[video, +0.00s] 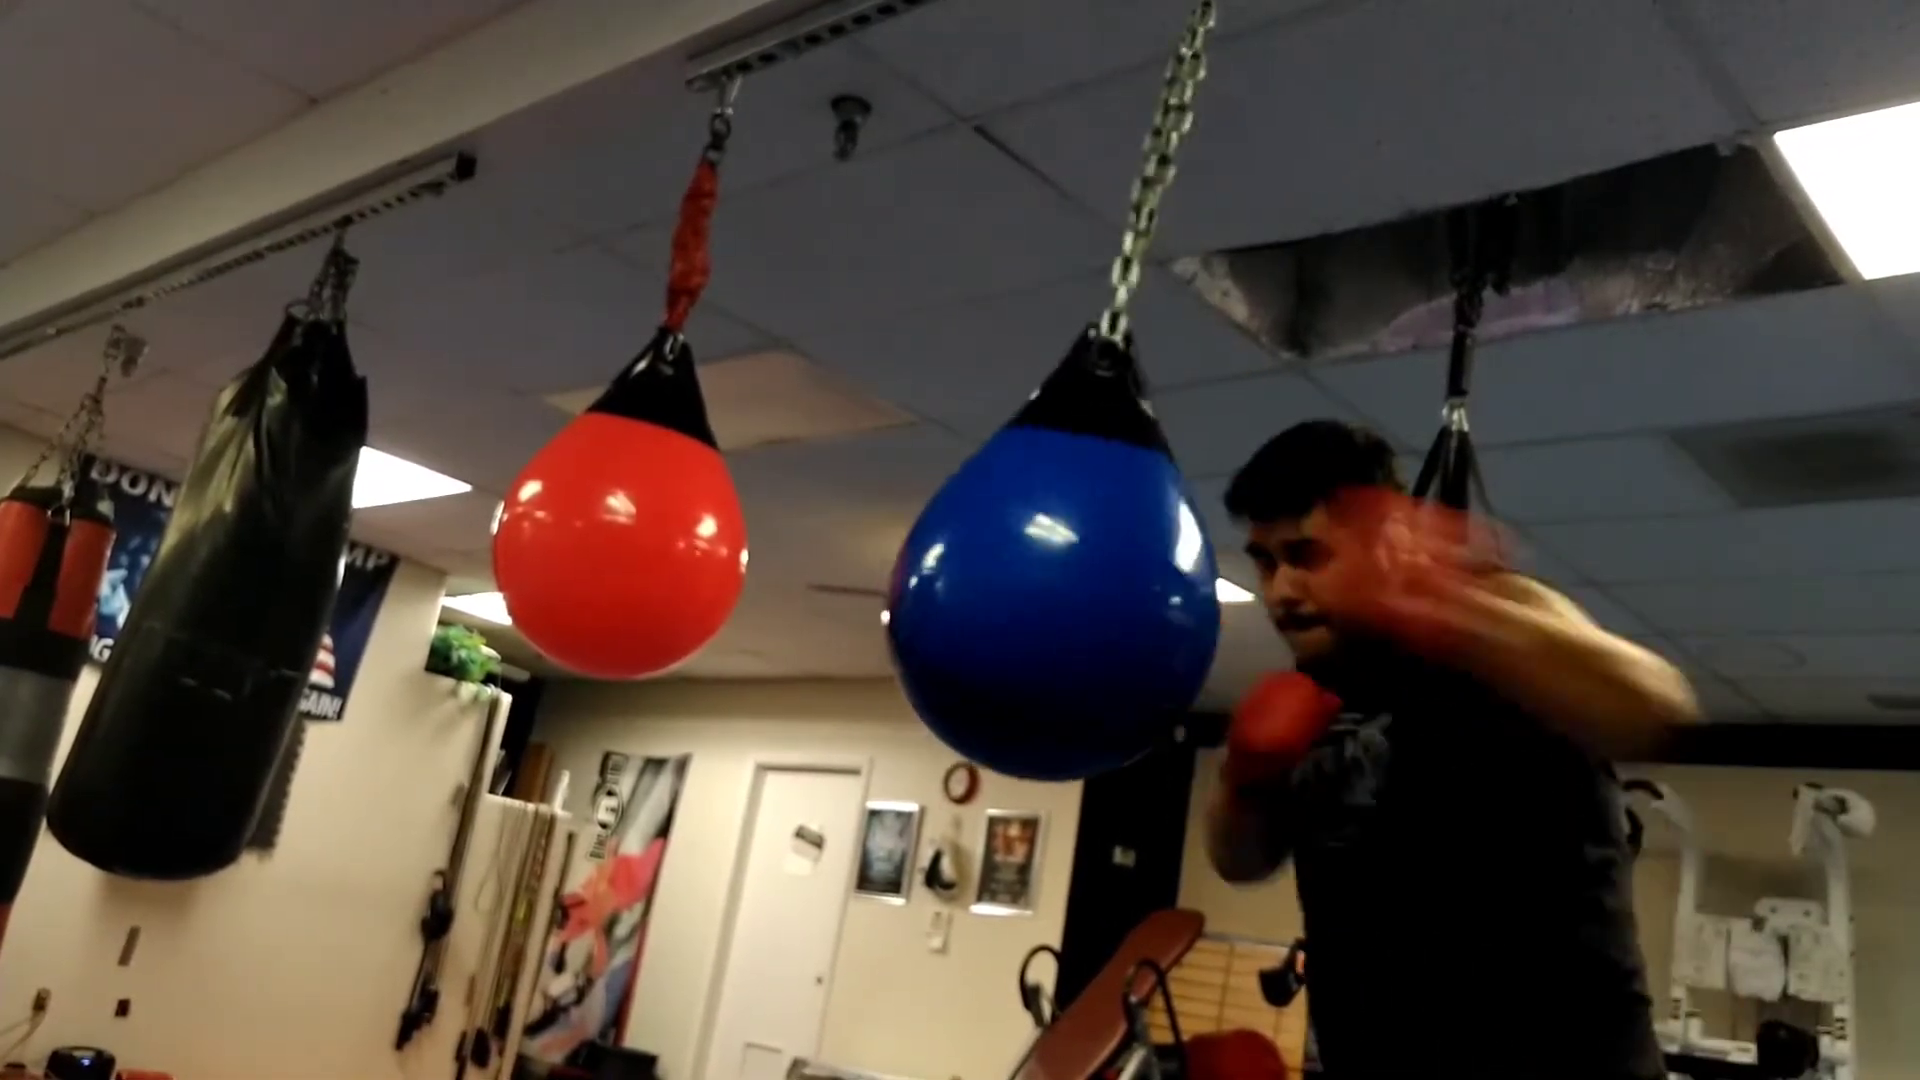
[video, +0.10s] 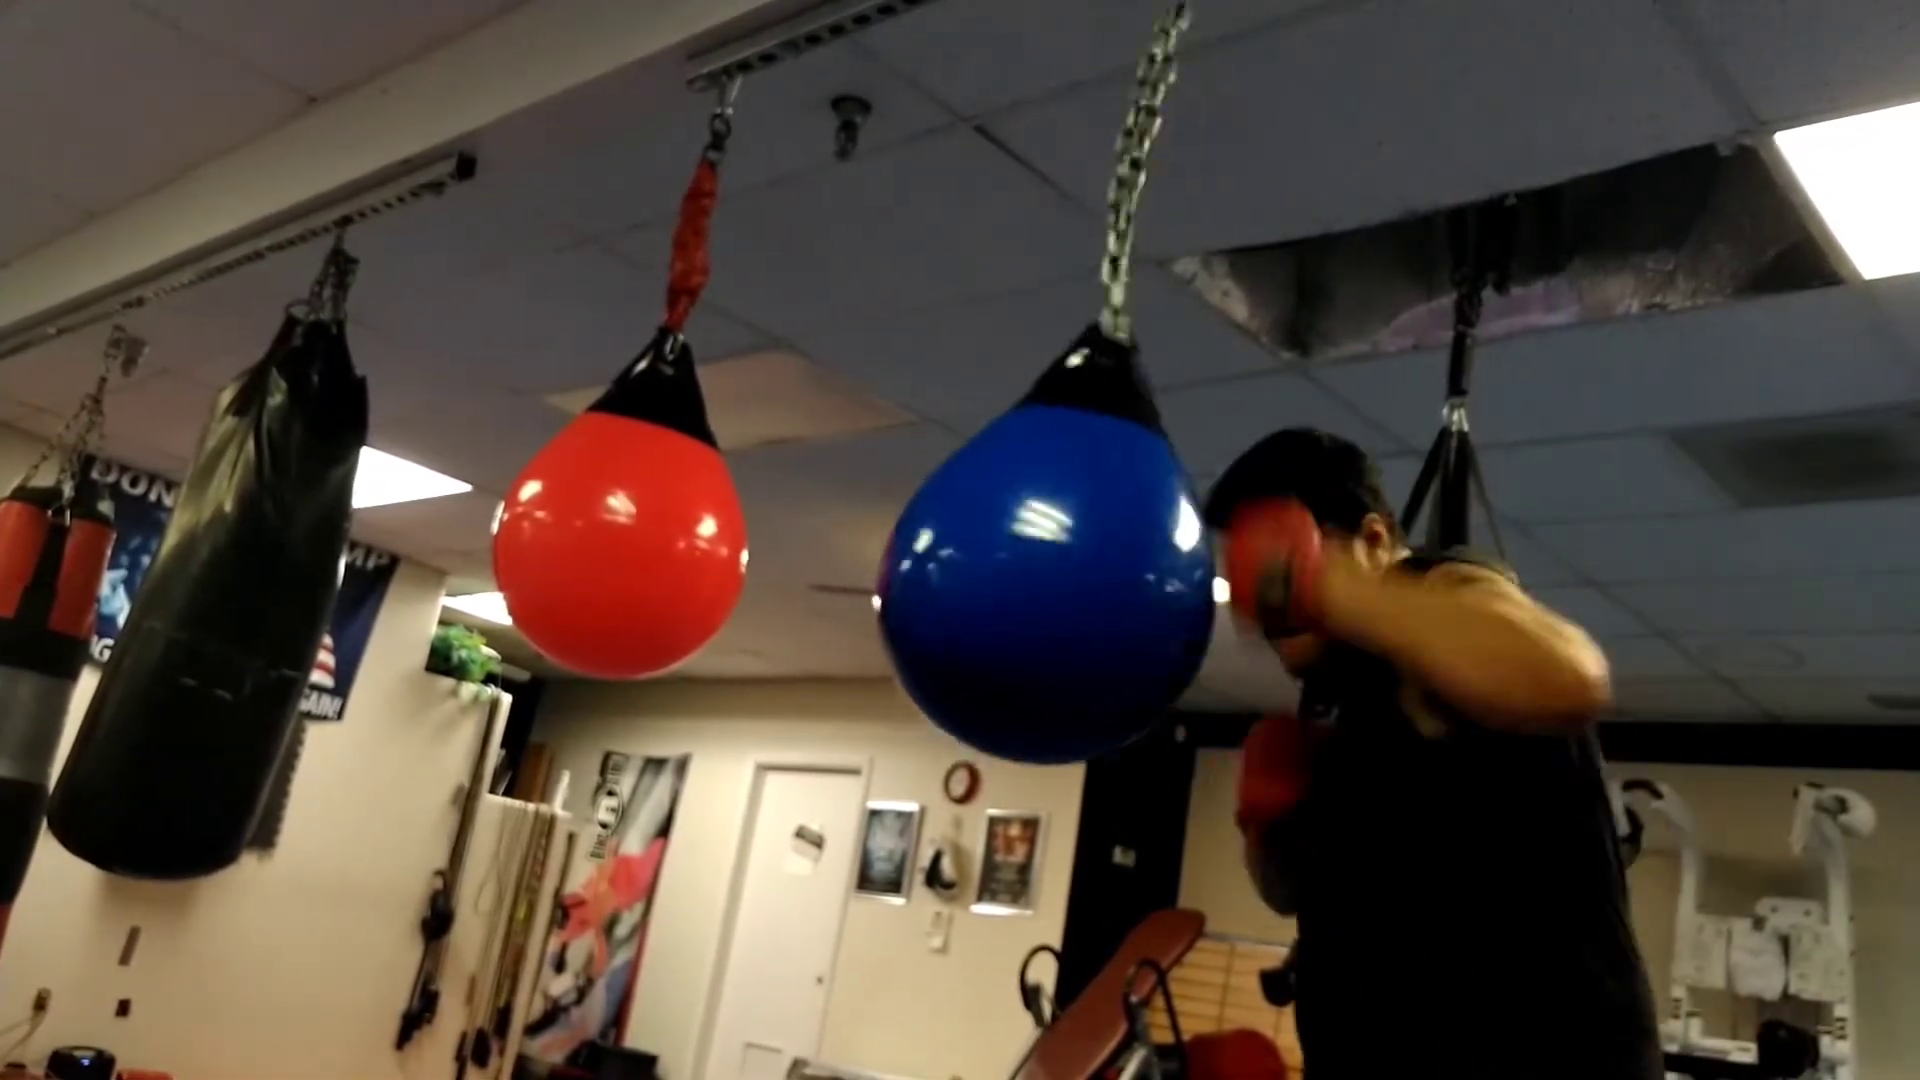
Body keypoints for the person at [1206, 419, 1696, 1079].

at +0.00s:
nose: (1279, 590)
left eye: (1306, 555)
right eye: (1265, 564)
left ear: (1390, 542)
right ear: (1251, 566)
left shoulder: (1501, 627)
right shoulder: (1309, 716)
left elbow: (1664, 715)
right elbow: (1239, 864)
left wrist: (1451, 603)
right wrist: (1247, 776)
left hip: (1556, 1074)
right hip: (1379, 1075)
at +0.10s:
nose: (1256, 598)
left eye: (1284, 563)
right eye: (1241, 575)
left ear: (1375, 540)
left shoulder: (1448, 592)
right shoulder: (1330, 690)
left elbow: (1574, 679)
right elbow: (1289, 893)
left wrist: (1329, 585)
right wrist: (1268, 822)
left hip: (1540, 1070)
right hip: (1377, 1074)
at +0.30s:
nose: (1244, 636)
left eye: (1269, 599)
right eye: (1226, 611)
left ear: (1346, 575)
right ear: (1215, 613)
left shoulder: (1494, 674)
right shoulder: (1290, 729)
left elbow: (1620, 844)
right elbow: (1284, 966)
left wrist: (1377, 867)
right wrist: (1243, 850)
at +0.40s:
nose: (1229, 655)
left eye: (1248, 617)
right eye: (1206, 633)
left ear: (1320, 582)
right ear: (1192, 637)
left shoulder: (1443, 659)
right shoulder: (1278, 750)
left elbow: (1612, 787)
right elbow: (1296, 978)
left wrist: (1378, 876)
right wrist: (1257, 926)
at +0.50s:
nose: (1236, 654)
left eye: (1254, 615)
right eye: (1212, 635)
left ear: (1324, 582)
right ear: (1197, 648)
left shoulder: (1444, 649)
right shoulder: (1262, 762)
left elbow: (1600, 779)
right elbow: (1269, 956)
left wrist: (1337, 768)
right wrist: (1267, 1056)